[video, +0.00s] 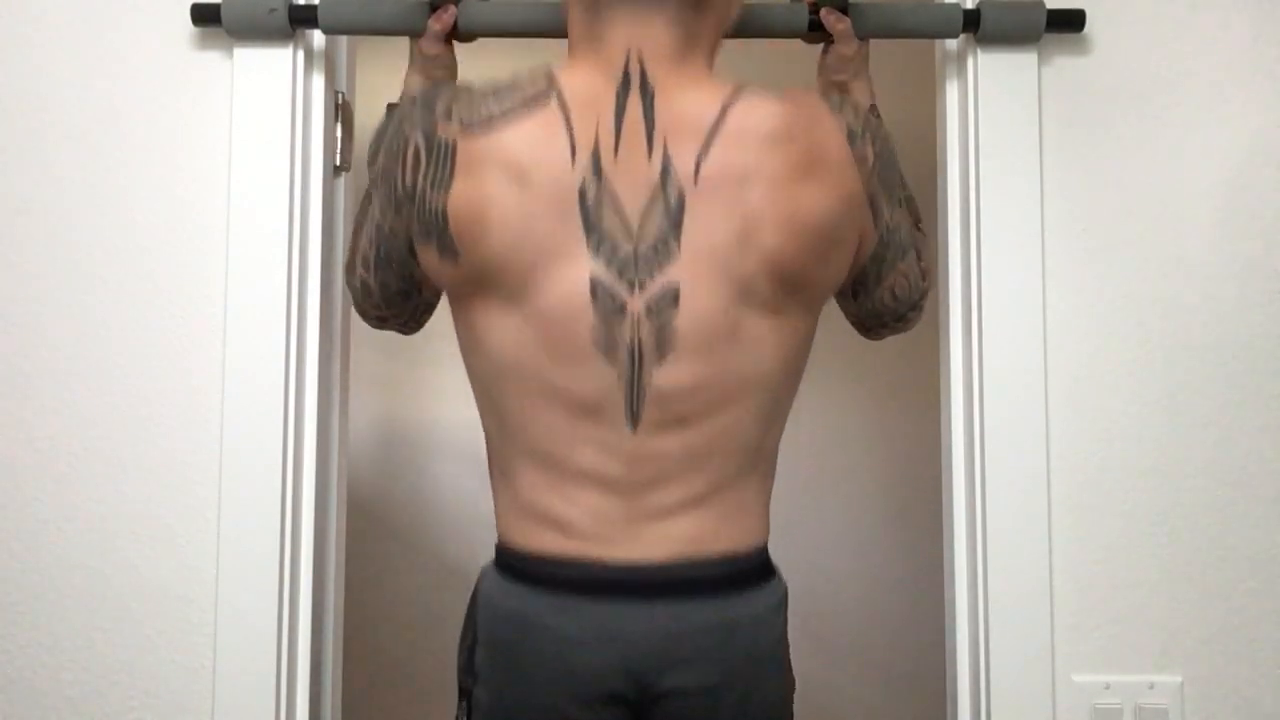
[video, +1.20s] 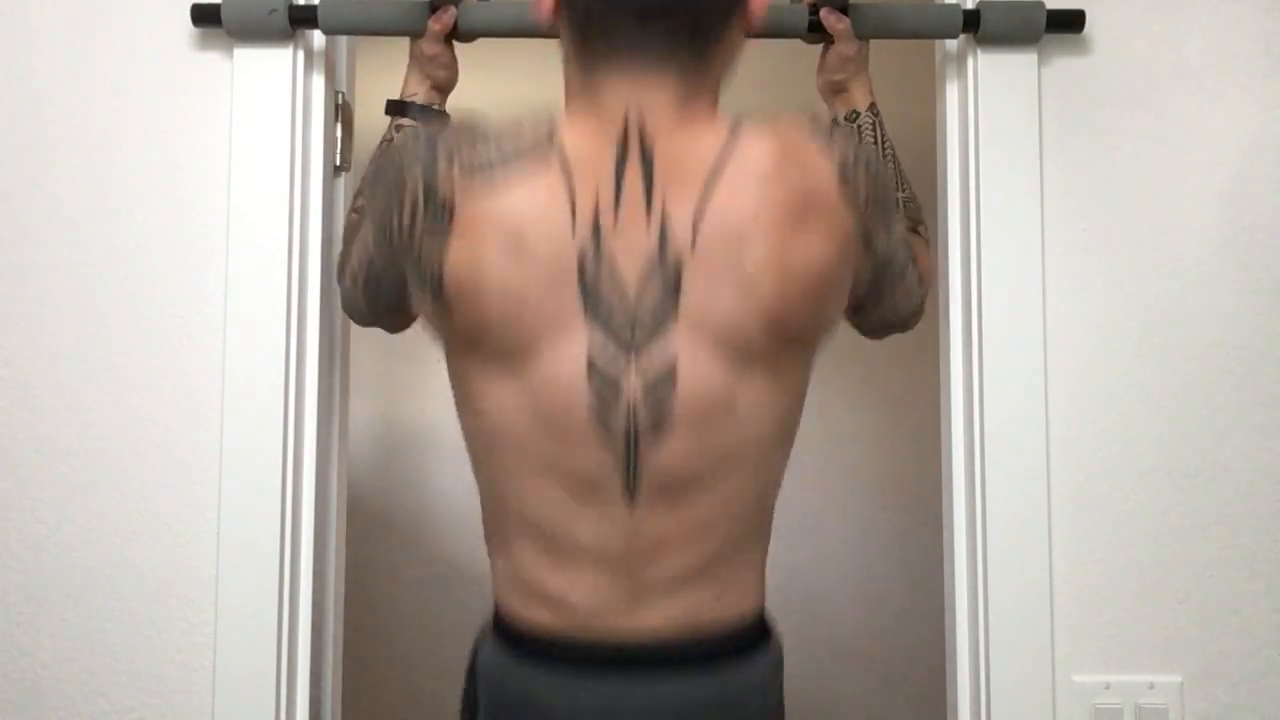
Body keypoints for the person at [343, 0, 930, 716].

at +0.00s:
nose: (732, 13)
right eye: (729, 10)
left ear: (571, 5)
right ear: (724, 7)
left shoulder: (464, 139)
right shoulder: (806, 144)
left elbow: (384, 300)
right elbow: (893, 303)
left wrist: (423, 85)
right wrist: (853, 96)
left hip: (536, 627)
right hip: (729, 628)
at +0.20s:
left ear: (544, 49)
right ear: (756, 59)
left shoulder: (464, 244)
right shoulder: (803, 247)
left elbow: (378, 282)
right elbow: (899, 293)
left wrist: (421, 98)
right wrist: (850, 99)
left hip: (530, 687)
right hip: (725, 688)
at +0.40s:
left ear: (542, 152)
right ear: (751, 161)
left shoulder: (472, 338)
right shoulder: (798, 332)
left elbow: (389, 257)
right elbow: (892, 258)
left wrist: (423, 95)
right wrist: (849, 98)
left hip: (532, 706)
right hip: (722, 706)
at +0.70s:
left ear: (533, 257)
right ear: (743, 265)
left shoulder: (489, 419)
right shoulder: (783, 402)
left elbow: (400, 269)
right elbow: (884, 273)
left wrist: (424, 95)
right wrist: (848, 97)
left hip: (536, 710)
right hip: (724, 710)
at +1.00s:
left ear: (534, 202)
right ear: (749, 205)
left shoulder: (478, 373)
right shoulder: (792, 354)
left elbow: (389, 259)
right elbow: (886, 268)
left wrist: (425, 95)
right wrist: (848, 99)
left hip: (535, 709)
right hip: (721, 708)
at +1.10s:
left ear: (537, 102)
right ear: (752, 105)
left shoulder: (466, 289)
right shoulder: (800, 282)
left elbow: (375, 272)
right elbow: (900, 277)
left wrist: (423, 98)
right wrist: (851, 99)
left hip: (530, 699)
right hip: (724, 699)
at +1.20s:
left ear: (551, 17)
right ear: (748, 20)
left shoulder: (460, 187)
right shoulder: (806, 181)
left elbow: (371, 295)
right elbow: (898, 299)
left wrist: (419, 100)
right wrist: (854, 101)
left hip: (529, 682)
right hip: (725, 683)